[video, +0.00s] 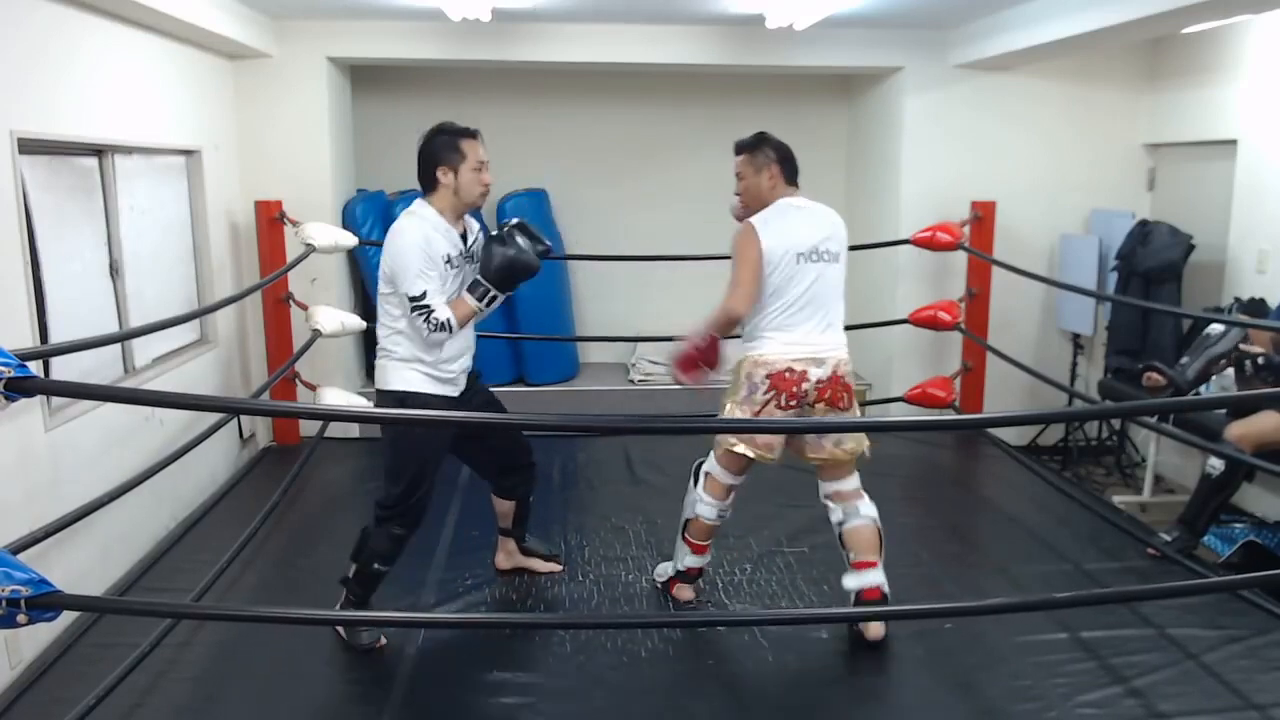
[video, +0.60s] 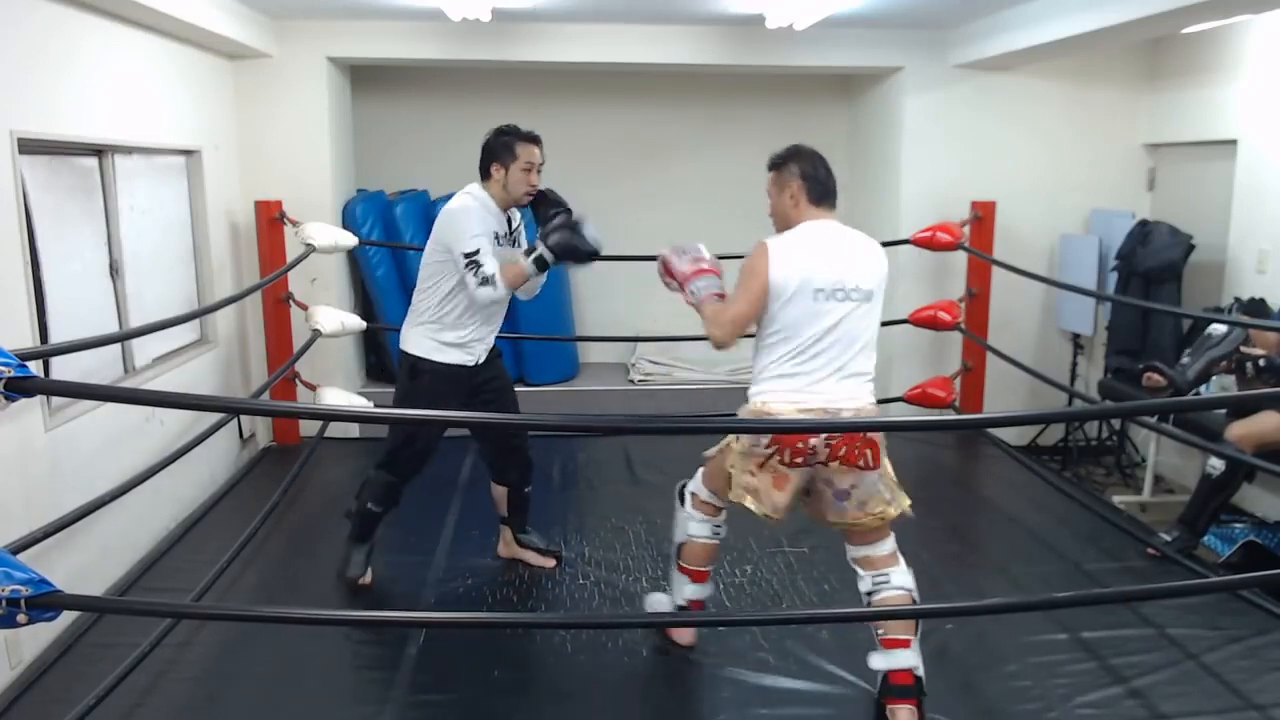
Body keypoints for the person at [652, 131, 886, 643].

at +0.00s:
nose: (737, 190)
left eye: (741, 178)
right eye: (736, 179)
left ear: (772, 173)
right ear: (785, 176)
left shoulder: (756, 230)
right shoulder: (832, 222)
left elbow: (737, 309)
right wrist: (750, 221)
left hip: (768, 378)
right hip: (832, 377)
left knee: (720, 478)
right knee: (845, 489)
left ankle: (685, 578)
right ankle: (872, 607)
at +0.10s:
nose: (754, 190)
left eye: (760, 180)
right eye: (754, 181)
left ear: (790, 177)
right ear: (801, 180)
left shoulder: (771, 235)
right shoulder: (849, 228)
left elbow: (759, 316)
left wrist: (737, 362)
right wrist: (768, 219)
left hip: (781, 388)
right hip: (846, 389)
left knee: (728, 484)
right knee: (854, 504)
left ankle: (687, 579)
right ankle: (872, 626)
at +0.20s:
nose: (762, 180)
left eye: (769, 169)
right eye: (763, 170)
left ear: (799, 167)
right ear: (812, 170)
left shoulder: (780, 222)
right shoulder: (859, 222)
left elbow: (757, 303)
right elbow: (826, 297)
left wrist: (724, 340)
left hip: (785, 381)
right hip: (854, 383)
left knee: (733, 485)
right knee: (860, 501)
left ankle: (718, 598)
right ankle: (874, 629)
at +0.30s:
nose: (767, 170)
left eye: (772, 159)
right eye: (766, 160)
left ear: (802, 155)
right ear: (818, 161)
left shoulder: (774, 210)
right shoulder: (864, 212)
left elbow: (748, 282)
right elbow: (820, 222)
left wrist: (705, 301)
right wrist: (777, 189)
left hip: (780, 378)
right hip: (851, 379)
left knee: (741, 508)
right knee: (862, 508)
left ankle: (736, 637)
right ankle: (874, 634)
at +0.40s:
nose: (765, 175)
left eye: (770, 162)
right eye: (765, 163)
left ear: (801, 159)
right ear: (818, 164)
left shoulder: (775, 218)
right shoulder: (868, 222)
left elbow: (742, 295)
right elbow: (819, 276)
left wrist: (694, 286)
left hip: (779, 387)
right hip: (852, 389)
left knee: (747, 513)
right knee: (866, 516)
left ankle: (740, 639)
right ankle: (873, 649)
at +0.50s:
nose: (770, 192)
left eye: (774, 179)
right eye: (769, 180)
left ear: (801, 174)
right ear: (823, 177)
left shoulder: (785, 236)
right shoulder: (875, 237)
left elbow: (746, 319)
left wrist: (705, 288)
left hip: (783, 409)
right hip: (859, 412)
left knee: (723, 509)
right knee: (880, 554)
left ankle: (723, 633)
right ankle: (900, 690)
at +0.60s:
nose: (768, 205)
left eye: (771, 193)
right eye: (768, 194)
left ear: (794, 188)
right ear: (821, 190)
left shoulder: (773, 254)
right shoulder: (872, 253)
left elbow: (723, 332)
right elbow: (815, 318)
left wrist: (700, 288)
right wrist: (727, 294)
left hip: (775, 433)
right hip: (854, 436)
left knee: (705, 493)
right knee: (882, 565)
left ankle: (684, 614)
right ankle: (903, 702)